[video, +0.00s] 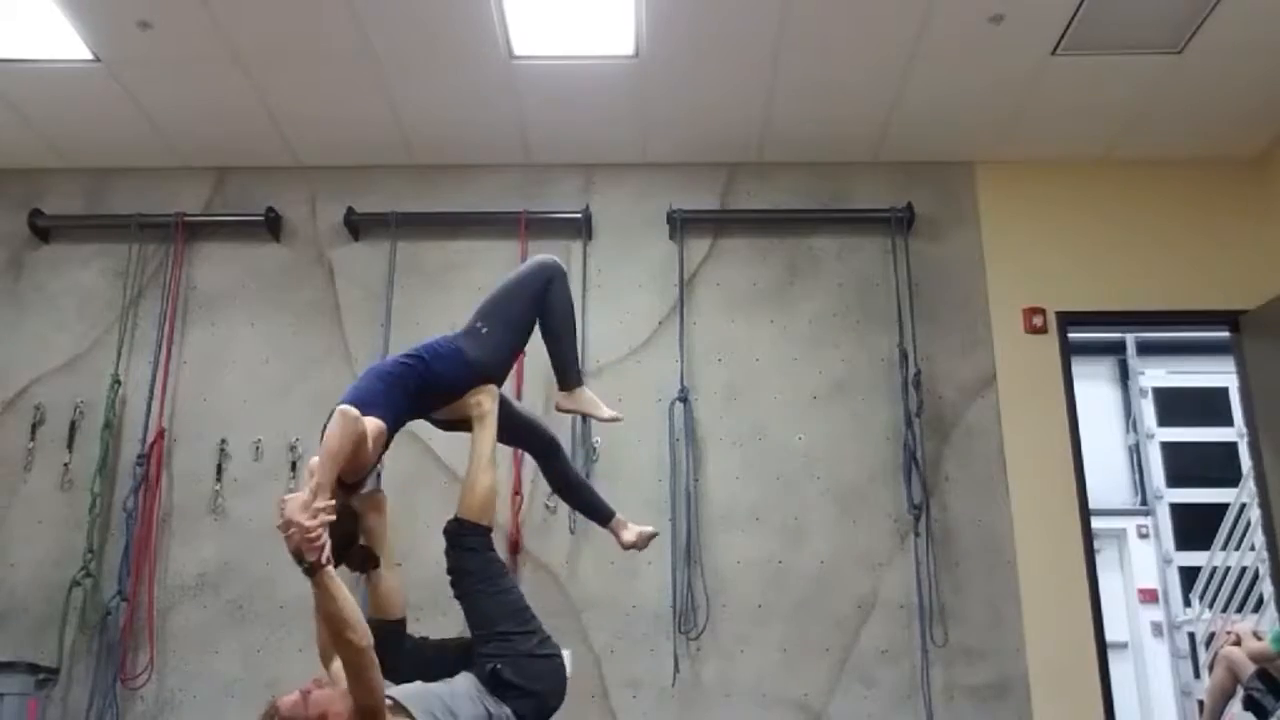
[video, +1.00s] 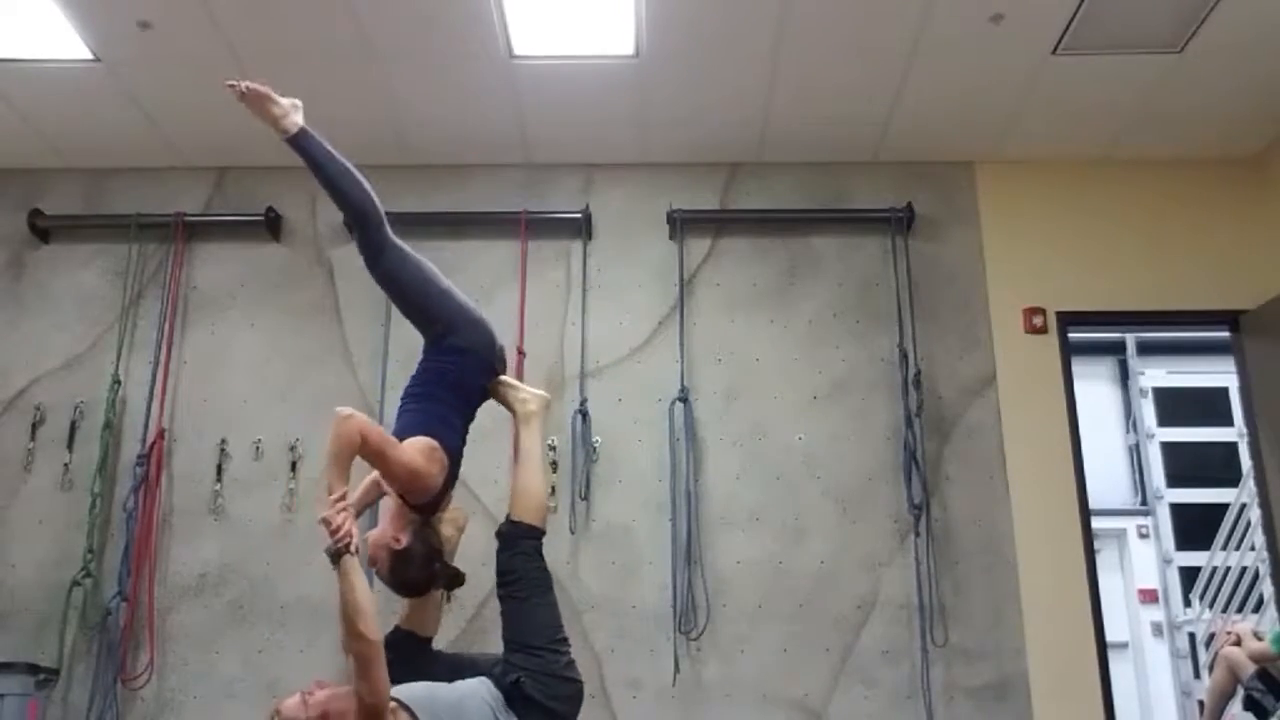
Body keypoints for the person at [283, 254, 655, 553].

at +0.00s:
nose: (294, 504)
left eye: (290, 510)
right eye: (303, 510)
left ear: (331, 509)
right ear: (330, 508)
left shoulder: (347, 480)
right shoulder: (345, 460)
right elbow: (314, 473)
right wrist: (308, 507)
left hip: (452, 405)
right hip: (467, 360)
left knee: (542, 444)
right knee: (546, 270)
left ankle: (618, 527)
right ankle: (572, 388)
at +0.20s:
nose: (322, 533)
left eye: (319, 542)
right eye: (325, 540)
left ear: (338, 516)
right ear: (361, 521)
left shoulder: (359, 484)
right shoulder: (378, 470)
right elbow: (342, 440)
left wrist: (292, 529)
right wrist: (304, 506)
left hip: (473, 406)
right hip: (486, 364)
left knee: (561, 434)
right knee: (545, 252)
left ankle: (637, 514)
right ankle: (603, 360)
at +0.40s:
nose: (342, 546)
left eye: (340, 556)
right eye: (351, 549)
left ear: (363, 526)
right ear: (373, 532)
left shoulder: (381, 480)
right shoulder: (387, 477)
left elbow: (326, 476)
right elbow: (309, 450)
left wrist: (303, 533)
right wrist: (276, 520)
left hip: (483, 391)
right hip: (487, 361)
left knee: (545, 391)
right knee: (506, 228)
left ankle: (615, 423)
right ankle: (620, 281)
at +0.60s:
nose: (353, 555)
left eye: (356, 566)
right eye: (363, 558)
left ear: (384, 535)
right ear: (383, 538)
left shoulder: (394, 488)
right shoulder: (393, 482)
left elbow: (337, 468)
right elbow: (312, 446)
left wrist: (312, 529)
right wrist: (289, 518)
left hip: (490, 371)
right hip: (483, 358)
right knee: (461, 219)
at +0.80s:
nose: (367, 567)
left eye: (370, 574)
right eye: (375, 572)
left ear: (387, 554)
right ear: (400, 554)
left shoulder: (411, 497)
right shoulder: (406, 493)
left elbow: (364, 465)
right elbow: (336, 443)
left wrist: (338, 527)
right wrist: (317, 515)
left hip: (482, 375)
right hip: (474, 360)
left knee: (415, 244)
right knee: (413, 243)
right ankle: (359, 110)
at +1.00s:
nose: (370, 555)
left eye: (373, 563)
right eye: (379, 557)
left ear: (393, 543)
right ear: (404, 540)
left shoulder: (424, 493)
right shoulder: (417, 479)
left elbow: (391, 466)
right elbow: (347, 425)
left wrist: (352, 507)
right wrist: (335, 496)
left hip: (475, 365)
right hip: (467, 348)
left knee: (377, 243)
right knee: (375, 239)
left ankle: (298, 130)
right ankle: (293, 127)